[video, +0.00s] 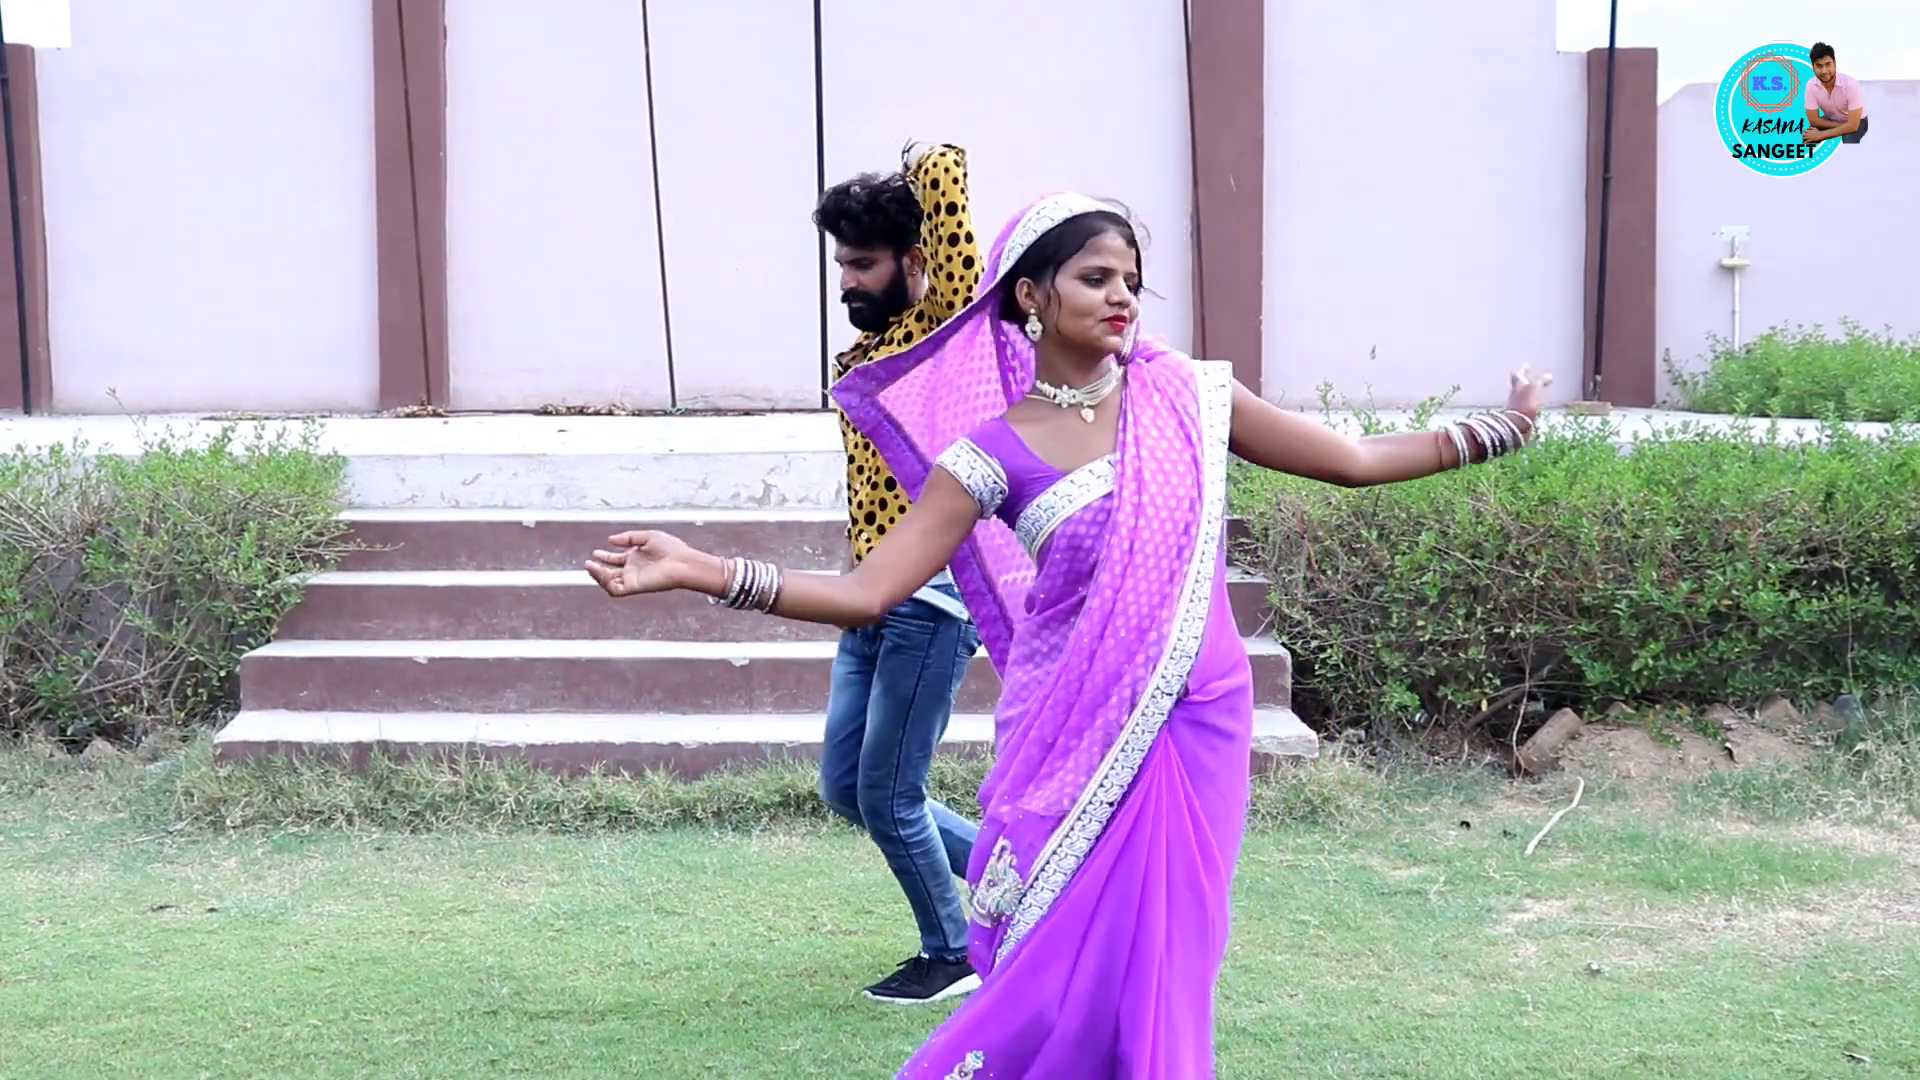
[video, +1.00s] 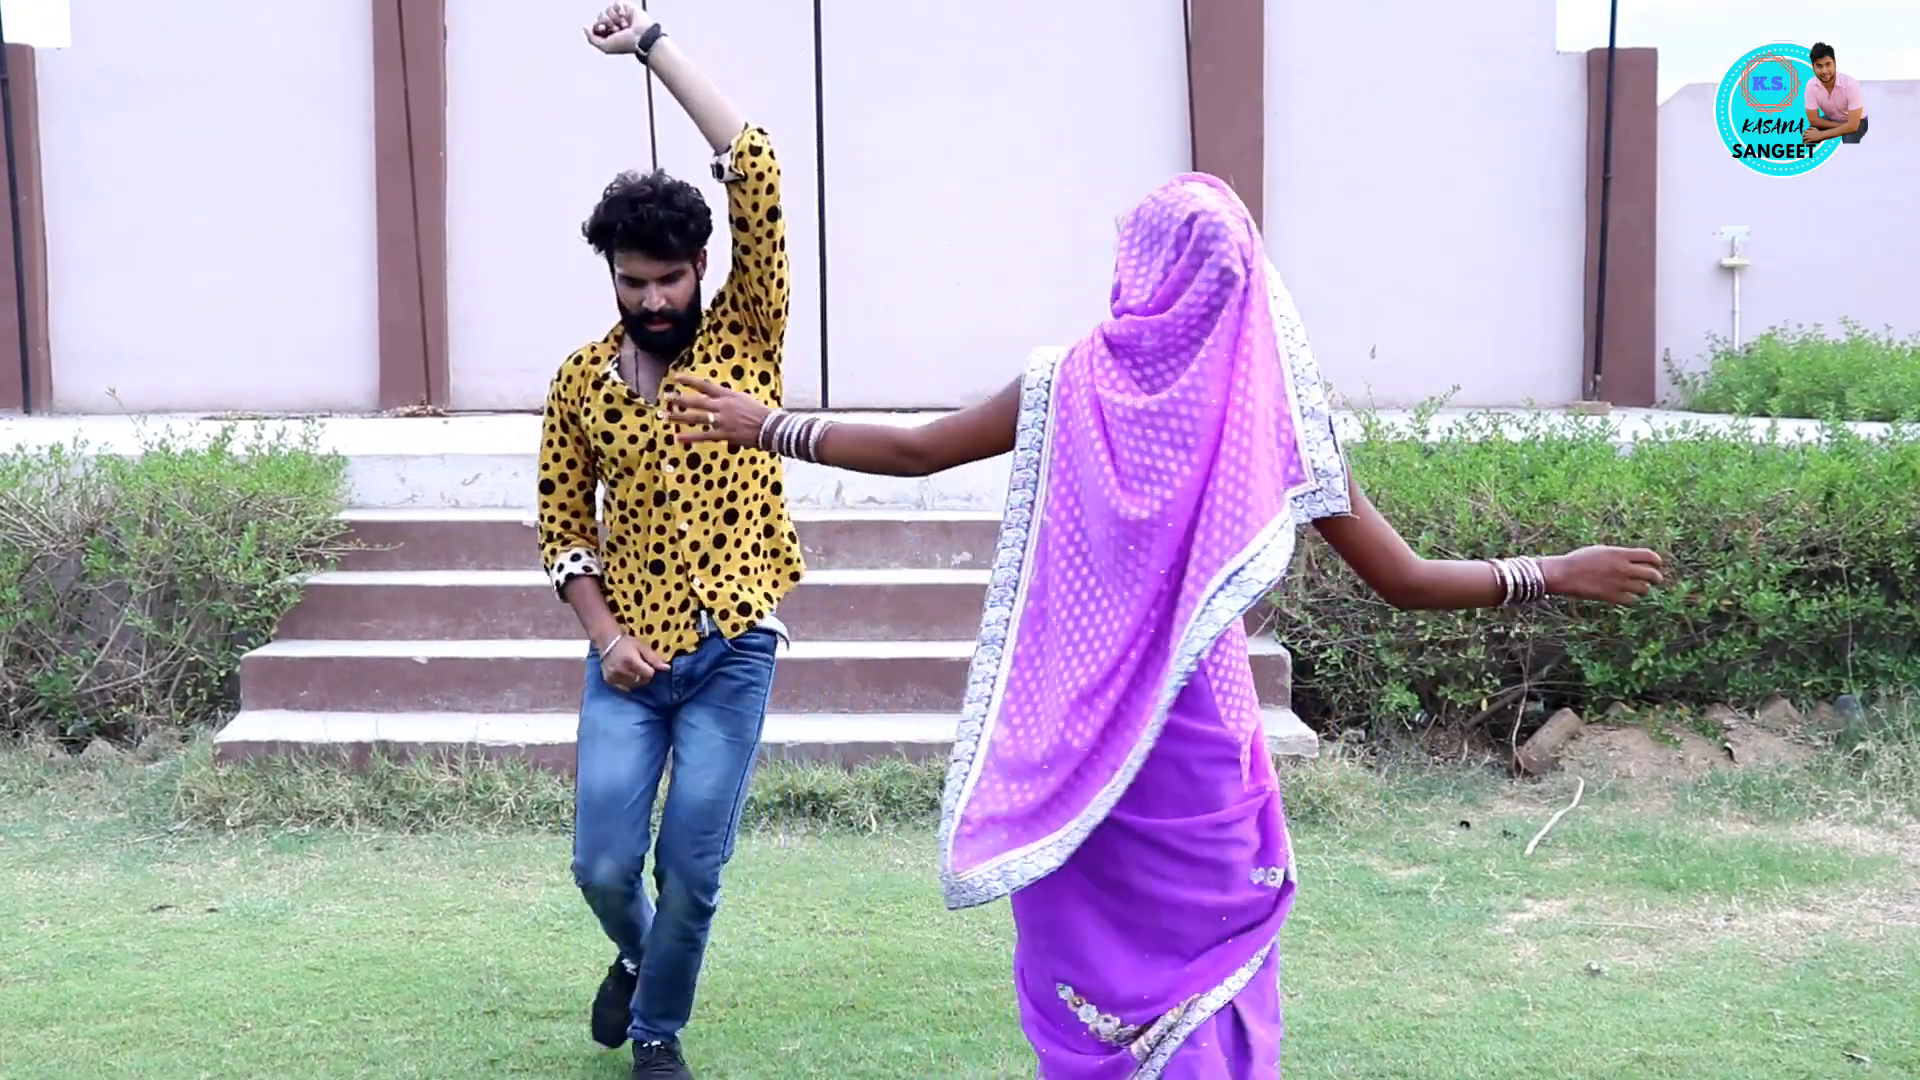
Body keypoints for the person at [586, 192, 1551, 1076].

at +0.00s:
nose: (1124, 302)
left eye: (1131, 284)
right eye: (1100, 284)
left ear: (1136, 293)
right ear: (1033, 296)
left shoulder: (1186, 392)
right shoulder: (993, 451)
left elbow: (1357, 458)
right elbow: (866, 593)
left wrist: (1492, 433)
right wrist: (705, 570)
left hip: (1204, 724)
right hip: (1073, 741)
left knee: (1171, 985)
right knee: (1070, 993)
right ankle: (973, 1071)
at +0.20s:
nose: (1147, 271)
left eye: (1147, 252)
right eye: (1127, 253)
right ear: (1056, 272)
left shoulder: (1158, 361)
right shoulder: (999, 424)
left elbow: (1269, 409)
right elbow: (911, 565)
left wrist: (1362, 370)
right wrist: (803, 578)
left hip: (1194, 703)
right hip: (1078, 723)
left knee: (1192, 947)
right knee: (1089, 960)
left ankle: (1192, 1067)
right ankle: (1077, 1069)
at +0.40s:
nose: (1164, 280)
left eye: (1157, 262)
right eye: (1152, 264)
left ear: (1101, 285)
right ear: (1109, 283)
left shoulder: (1126, 385)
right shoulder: (1046, 446)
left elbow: (1159, 414)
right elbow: (1026, 615)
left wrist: (1204, 382)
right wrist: (996, 614)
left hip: (1165, 733)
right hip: (1090, 759)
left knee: (1193, 970)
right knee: (1101, 992)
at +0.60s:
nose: (1188, 268)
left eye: (1181, 249)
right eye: (1182, 250)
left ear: (1069, 272)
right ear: (1167, 270)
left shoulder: (1038, 382)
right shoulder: (1128, 417)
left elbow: (992, 581)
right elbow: (1200, 591)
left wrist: (988, 741)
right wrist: (1299, 596)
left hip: (1056, 721)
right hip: (1114, 739)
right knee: (1116, 986)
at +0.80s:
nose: (1176, 312)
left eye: (1163, 288)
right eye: (1185, 291)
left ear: (1086, 292)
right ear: (1206, 309)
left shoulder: (1040, 409)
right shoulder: (1222, 450)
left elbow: (959, 461)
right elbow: (1340, 618)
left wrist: (862, 443)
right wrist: (1501, 606)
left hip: (1044, 753)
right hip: (1165, 767)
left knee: (1054, 987)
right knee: (1166, 999)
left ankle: (1059, 1070)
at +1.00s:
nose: (1184, 299)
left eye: (1147, 276)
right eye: (1226, 277)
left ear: (1126, 281)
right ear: (1247, 295)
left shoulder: (1065, 388)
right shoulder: (1274, 420)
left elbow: (917, 444)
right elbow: (1403, 579)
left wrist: (771, 427)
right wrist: (1551, 574)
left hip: (1065, 738)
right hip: (1208, 747)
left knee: (1073, 988)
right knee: (1224, 986)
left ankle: (1093, 1079)